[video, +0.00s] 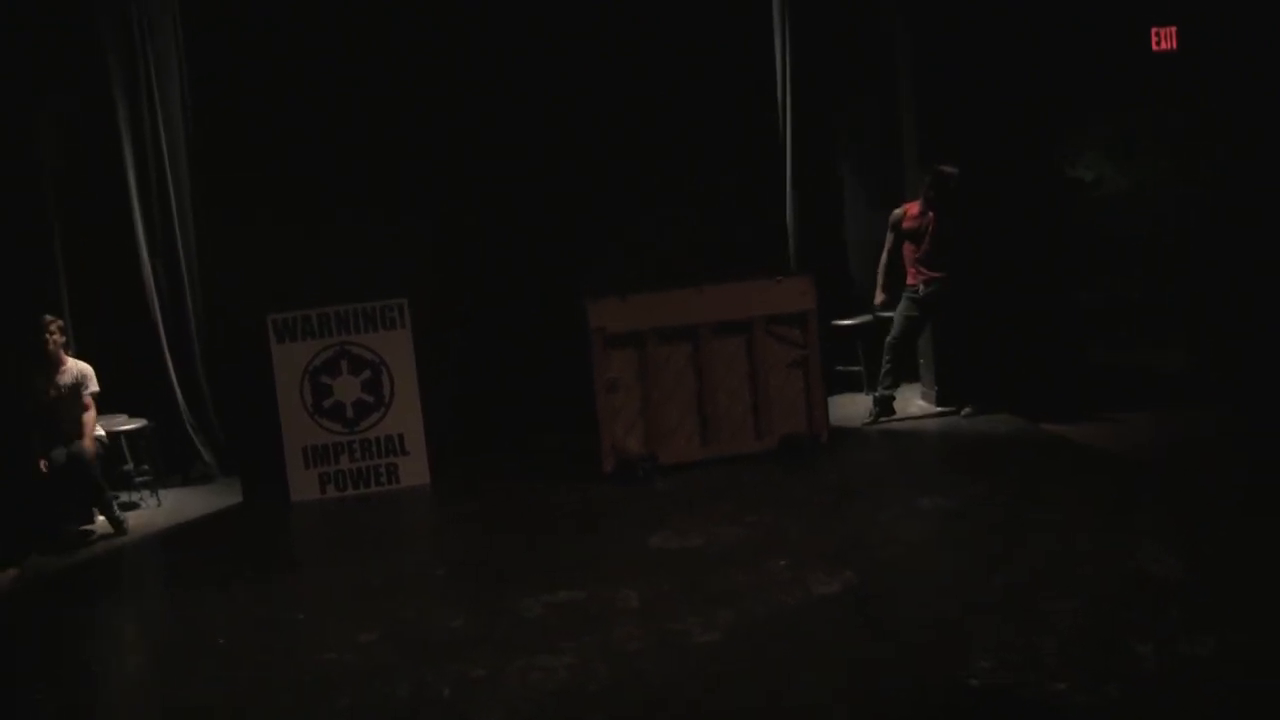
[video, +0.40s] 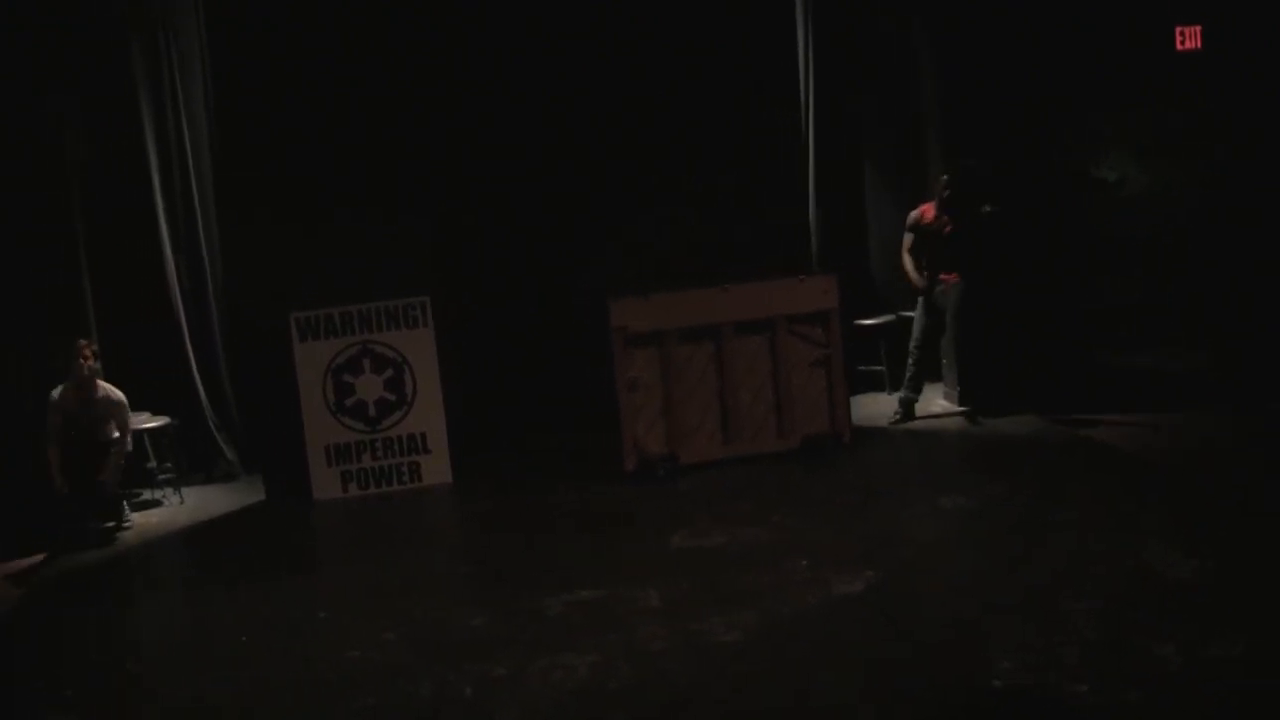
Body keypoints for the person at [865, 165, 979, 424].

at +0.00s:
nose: (934, 195)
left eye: (939, 192)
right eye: (932, 190)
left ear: (947, 193)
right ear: (924, 189)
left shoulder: (950, 215)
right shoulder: (901, 215)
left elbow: (961, 250)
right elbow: (888, 253)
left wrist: (963, 281)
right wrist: (880, 289)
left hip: (946, 288)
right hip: (914, 290)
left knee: (956, 342)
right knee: (895, 341)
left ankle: (969, 397)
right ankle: (883, 401)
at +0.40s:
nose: (948, 194)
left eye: (952, 189)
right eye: (945, 188)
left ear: (960, 191)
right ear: (938, 189)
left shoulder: (968, 216)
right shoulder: (920, 216)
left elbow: (978, 250)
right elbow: (906, 251)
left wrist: (971, 279)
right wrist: (915, 277)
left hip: (959, 288)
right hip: (931, 287)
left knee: (963, 345)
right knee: (917, 347)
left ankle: (971, 404)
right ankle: (906, 405)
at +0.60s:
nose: (959, 194)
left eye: (963, 189)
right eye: (956, 189)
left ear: (969, 192)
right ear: (950, 192)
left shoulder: (980, 220)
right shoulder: (939, 220)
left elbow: (1005, 257)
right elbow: (929, 251)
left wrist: (981, 269)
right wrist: (947, 258)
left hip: (972, 292)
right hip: (944, 289)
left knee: (969, 351)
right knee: (930, 349)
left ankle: (980, 401)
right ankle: (917, 404)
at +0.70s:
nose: (976, 195)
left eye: (979, 190)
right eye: (972, 190)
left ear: (983, 193)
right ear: (964, 192)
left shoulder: (989, 220)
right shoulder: (950, 221)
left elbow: (997, 252)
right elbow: (946, 258)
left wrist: (988, 275)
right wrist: (968, 277)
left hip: (983, 294)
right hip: (956, 293)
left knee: (982, 349)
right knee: (941, 349)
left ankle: (982, 402)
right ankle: (922, 407)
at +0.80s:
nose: (987, 191)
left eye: (990, 186)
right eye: (984, 186)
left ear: (994, 190)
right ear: (976, 188)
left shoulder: (998, 215)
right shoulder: (959, 214)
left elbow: (1002, 255)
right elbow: (947, 252)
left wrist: (997, 286)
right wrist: (958, 285)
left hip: (990, 288)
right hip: (965, 288)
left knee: (986, 342)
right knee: (962, 339)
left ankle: (982, 394)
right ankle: (941, 381)